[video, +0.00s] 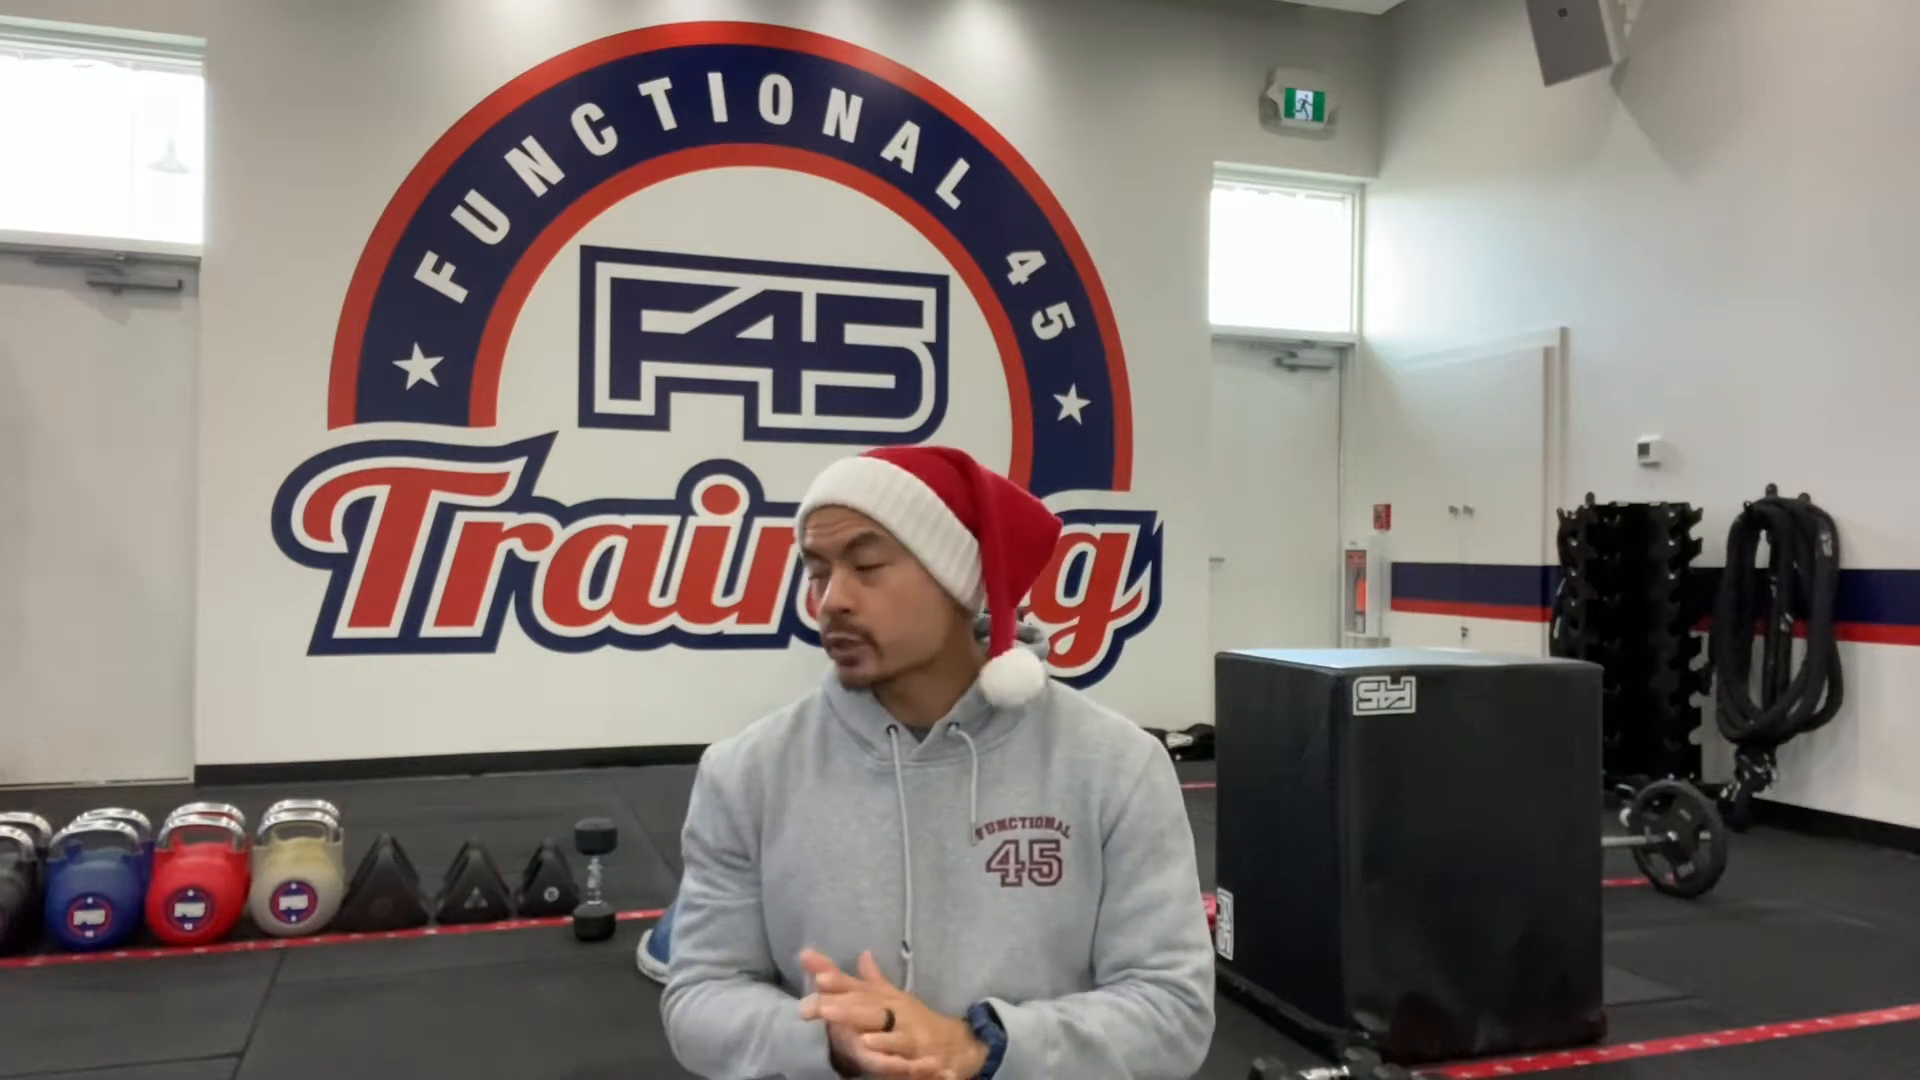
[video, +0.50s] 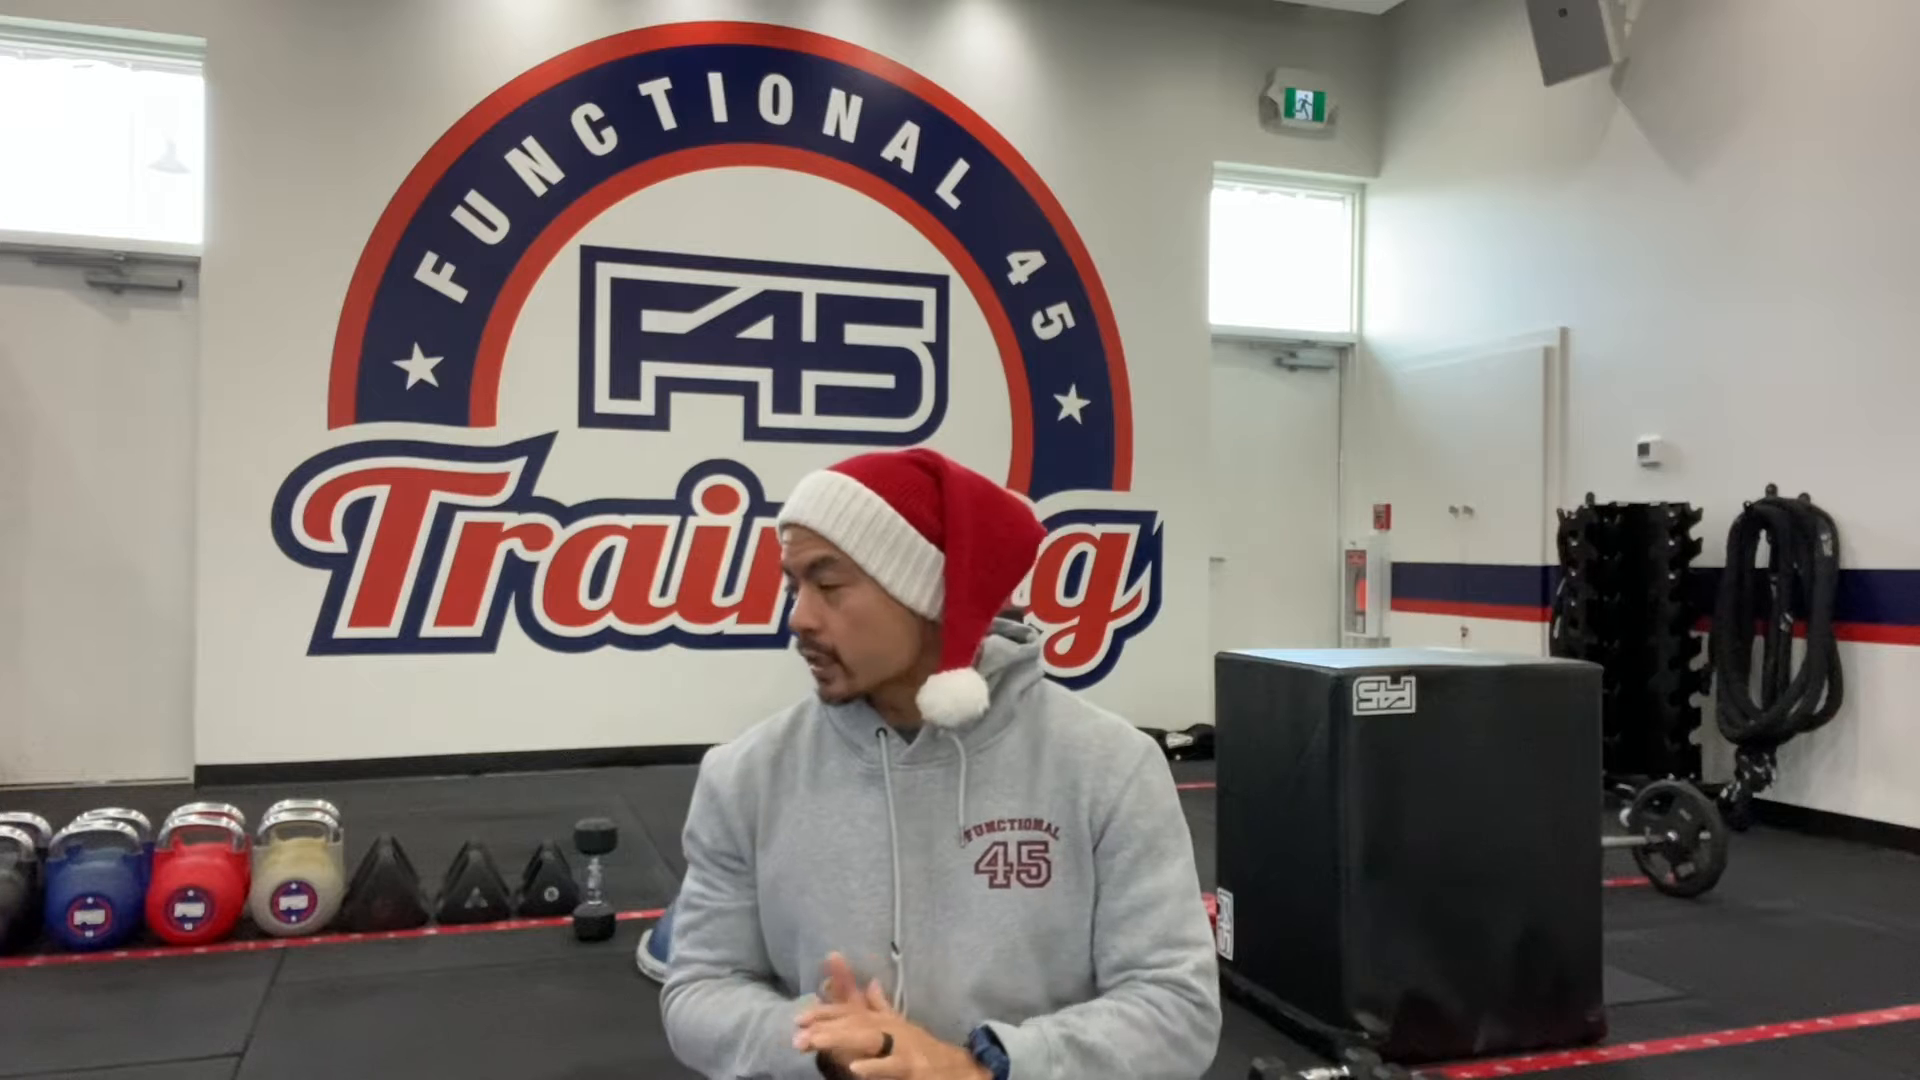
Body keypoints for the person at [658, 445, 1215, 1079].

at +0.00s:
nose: (830, 600)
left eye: (868, 563)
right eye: (818, 572)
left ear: (963, 570)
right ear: (809, 584)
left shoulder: (1115, 767)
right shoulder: (744, 776)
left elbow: (1172, 1008)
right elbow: (699, 997)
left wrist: (982, 1046)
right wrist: (830, 1043)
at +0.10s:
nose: (819, 605)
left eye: (855, 570)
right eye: (811, 575)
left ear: (956, 575)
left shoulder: (1115, 768)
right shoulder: (746, 776)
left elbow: (1172, 1009)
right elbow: (695, 997)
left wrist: (986, 1041)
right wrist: (832, 1039)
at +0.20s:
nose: (812, 613)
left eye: (846, 576)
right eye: (806, 580)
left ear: (947, 577)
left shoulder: (1113, 768)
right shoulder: (746, 776)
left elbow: (1173, 1010)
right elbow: (692, 997)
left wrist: (984, 1043)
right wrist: (837, 1044)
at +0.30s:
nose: (807, 618)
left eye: (839, 583)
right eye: (801, 585)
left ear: (942, 584)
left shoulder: (1111, 767)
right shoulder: (746, 775)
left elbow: (1176, 1010)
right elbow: (691, 995)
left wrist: (985, 1051)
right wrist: (832, 1044)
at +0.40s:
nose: (801, 620)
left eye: (833, 584)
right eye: (798, 585)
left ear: (938, 587)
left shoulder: (1109, 767)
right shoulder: (745, 776)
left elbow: (1177, 1010)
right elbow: (693, 994)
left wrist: (987, 1059)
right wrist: (836, 1046)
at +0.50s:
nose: (798, 620)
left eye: (830, 584)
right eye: (795, 586)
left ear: (935, 585)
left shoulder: (1107, 766)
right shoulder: (742, 780)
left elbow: (1176, 1008)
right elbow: (697, 994)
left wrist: (986, 1062)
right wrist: (823, 1043)